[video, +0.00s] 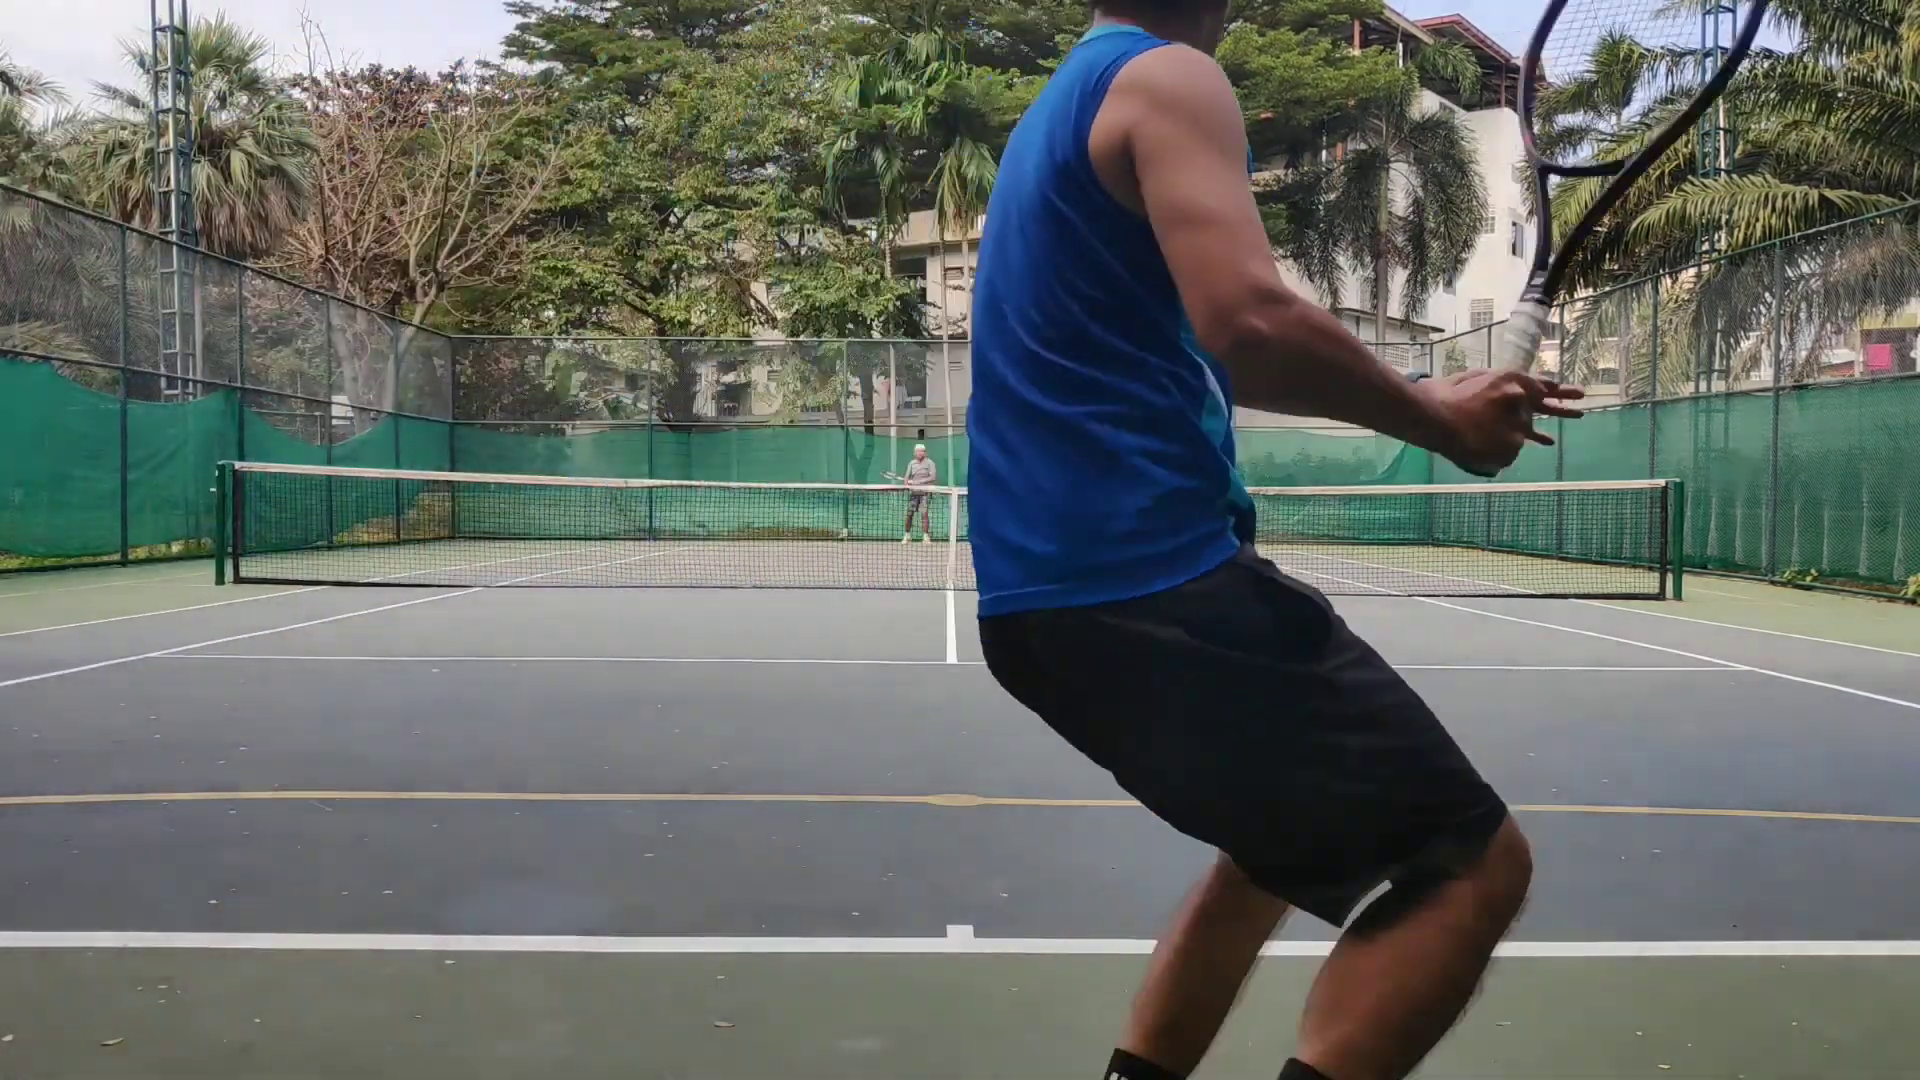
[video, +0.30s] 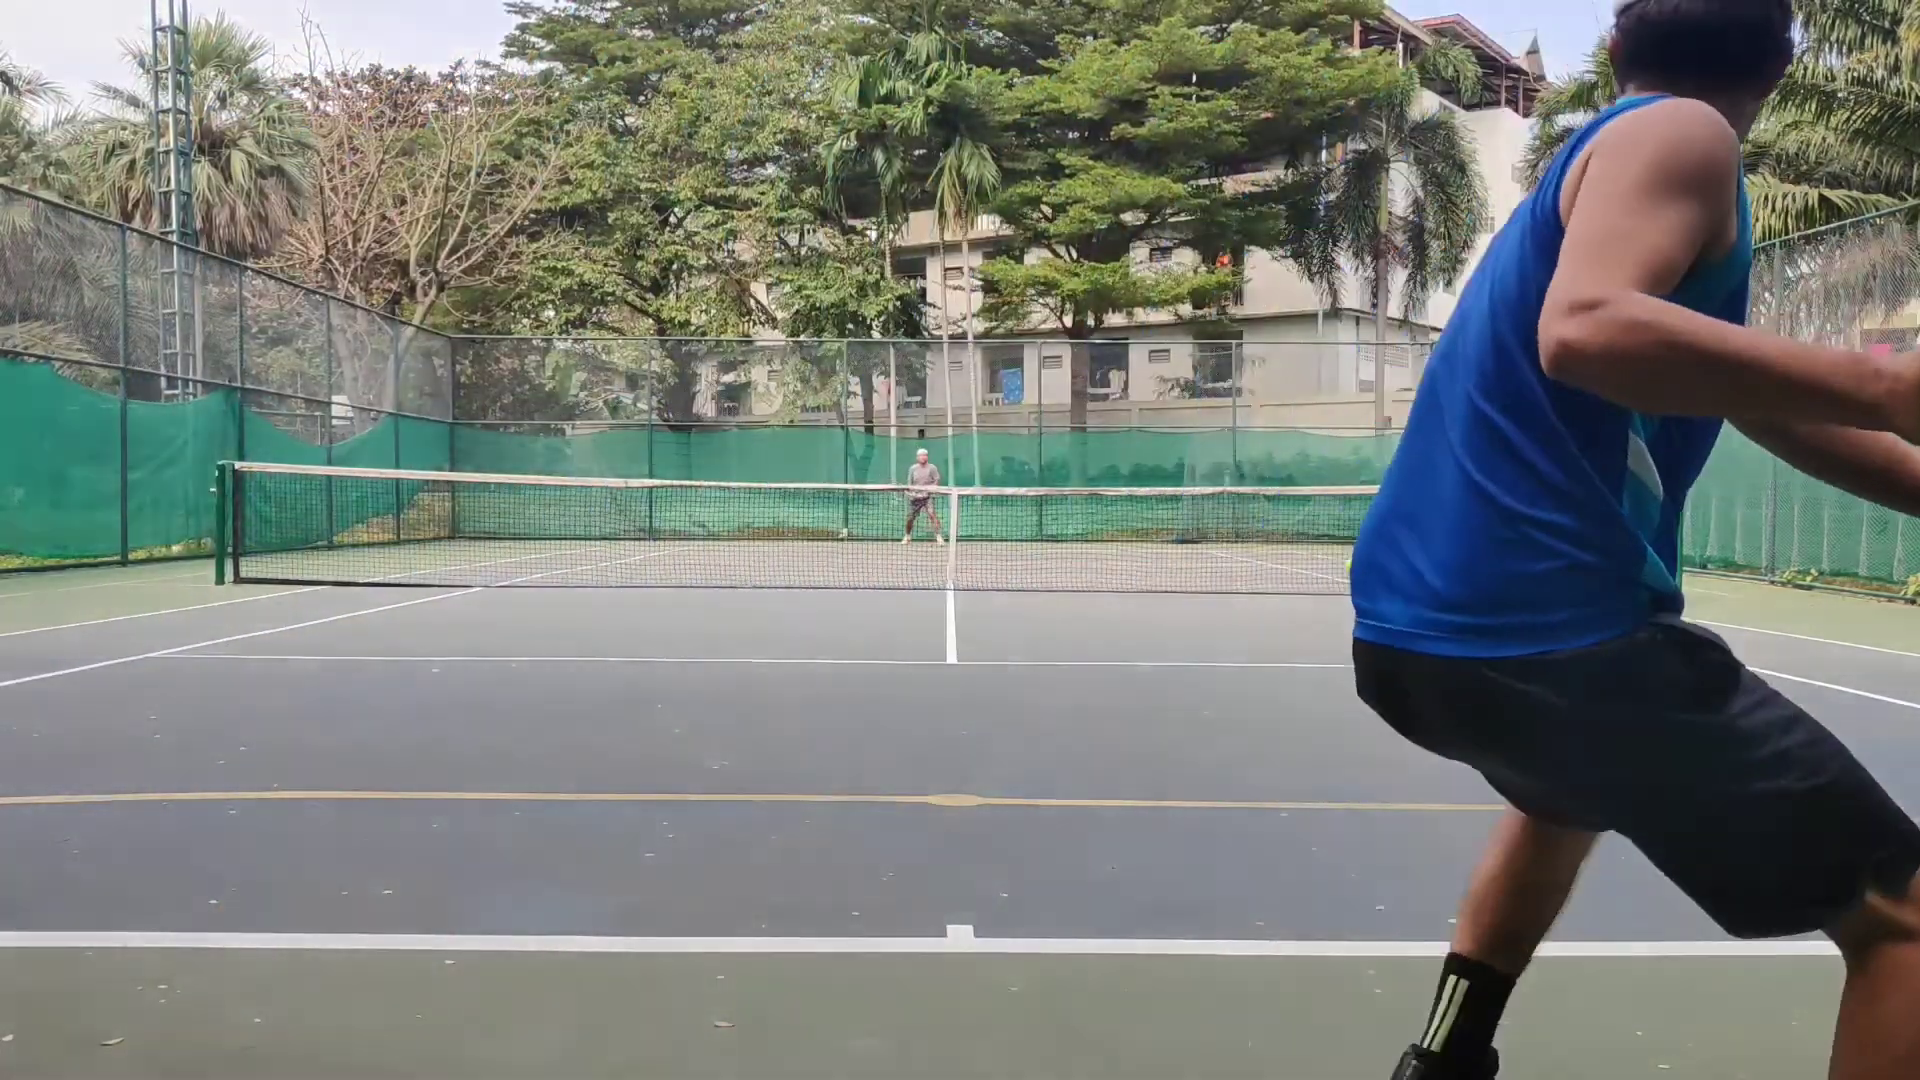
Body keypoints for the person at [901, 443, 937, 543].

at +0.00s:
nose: (920, 454)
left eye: (922, 451)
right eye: (918, 452)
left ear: (925, 453)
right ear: (915, 453)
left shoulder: (930, 463)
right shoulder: (912, 463)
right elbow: (907, 476)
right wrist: (907, 484)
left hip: (925, 490)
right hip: (914, 489)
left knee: (924, 512)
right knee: (910, 512)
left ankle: (926, 534)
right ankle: (907, 534)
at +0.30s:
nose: (923, 458)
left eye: (924, 455)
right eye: (921, 455)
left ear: (927, 457)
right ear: (917, 457)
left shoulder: (932, 468)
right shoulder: (913, 469)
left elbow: (936, 480)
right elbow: (909, 482)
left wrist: (931, 489)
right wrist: (911, 490)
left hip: (927, 495)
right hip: (915, 495)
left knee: (932, 515)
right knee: (910, 517)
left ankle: (938, 535)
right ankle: (907, 535)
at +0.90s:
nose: (921, 456)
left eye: (923, 454)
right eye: (919, 454)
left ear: (925, 455)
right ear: (915, 455)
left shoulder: (928, 466)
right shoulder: (908, 466)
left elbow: (931, 478)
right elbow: (904, 480)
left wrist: (928, 487)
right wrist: (910, 487)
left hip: (924, 493)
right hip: (912, 492)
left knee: (931, 514)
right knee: (906, 514)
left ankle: (937, 536)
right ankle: (898, 535)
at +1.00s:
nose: (919, 456)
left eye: (920, 454)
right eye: (917, 454)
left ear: (922, 456)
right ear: (912, 455)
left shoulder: (926, 467)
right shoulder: (906, 466)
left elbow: (929, 478)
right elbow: (901, 480)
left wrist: (926, 487)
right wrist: (909, 487)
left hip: (921, 493)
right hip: (910, 493)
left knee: (928, 514)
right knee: (903, 512)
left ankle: (934, 535)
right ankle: (895, 534)